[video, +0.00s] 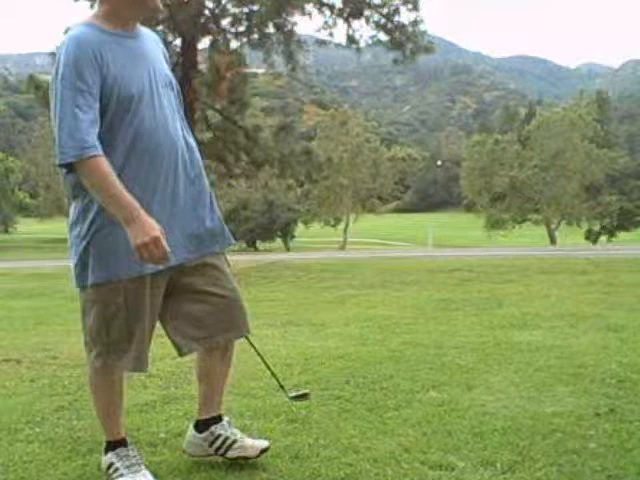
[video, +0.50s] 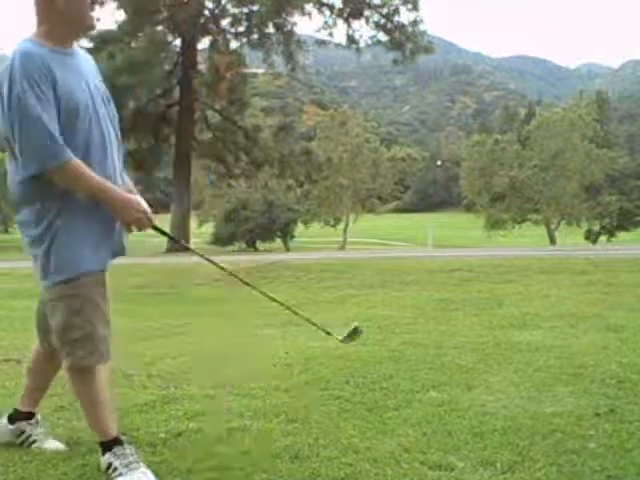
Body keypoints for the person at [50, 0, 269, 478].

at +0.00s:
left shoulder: (152, 41)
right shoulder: (82, 46)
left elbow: (167, 133)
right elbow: (81, 150)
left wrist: (194, 206)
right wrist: (134, 217)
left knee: (223, 322)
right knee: (110, 348)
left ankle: (208, 428)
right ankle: (117, 449)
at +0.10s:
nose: (144, 1)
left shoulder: (134, 41)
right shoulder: (71, 48)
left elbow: (145, 133)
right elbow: (81, 151)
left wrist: (173, 206)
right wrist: (149, 211)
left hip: (167, 224)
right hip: (109, 235)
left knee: (201, 322)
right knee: (104, 348)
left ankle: (154, 409)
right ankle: (115, 448)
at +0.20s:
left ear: (104, 2)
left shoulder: (121, 43)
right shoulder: (60, 51)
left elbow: (134, 138)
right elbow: (79, 153)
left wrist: (161, 210)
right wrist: (147, 206)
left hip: (149, 226)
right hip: (99, 235)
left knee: (164, 326)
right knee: (103, 347)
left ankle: (95, 391)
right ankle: (115, 447)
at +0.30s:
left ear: (86, 4)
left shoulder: (109, 48)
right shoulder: (49, 54)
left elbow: (124, 142)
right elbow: (67, 157)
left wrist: (147, 208)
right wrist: (139, 203)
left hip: (134, 228)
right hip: (92, 235)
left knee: (121, 331)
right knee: (97, 343)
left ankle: (60, 391)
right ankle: (114, 449)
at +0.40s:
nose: (106, 1)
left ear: (71, 6)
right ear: (63, 2)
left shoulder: (94, 51)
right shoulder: (38, 56)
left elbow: (107, 140)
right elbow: (58, 158)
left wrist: (133, 205)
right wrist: (127, 203)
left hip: (111, 224)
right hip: (77, 230)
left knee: (89, 329)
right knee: (87, 340)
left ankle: (37, 406)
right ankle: (115, 449)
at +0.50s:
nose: (96, 5)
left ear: (64, 8)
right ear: (53, 4)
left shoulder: (82, 59)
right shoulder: (25, 62)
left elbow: (102, 143)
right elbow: (49, 157)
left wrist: (129, 196)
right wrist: (116, 197)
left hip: (91, 224)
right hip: (61, 229)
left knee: (59, 330)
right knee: (84, 337)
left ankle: (20, 421)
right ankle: (114, 449)